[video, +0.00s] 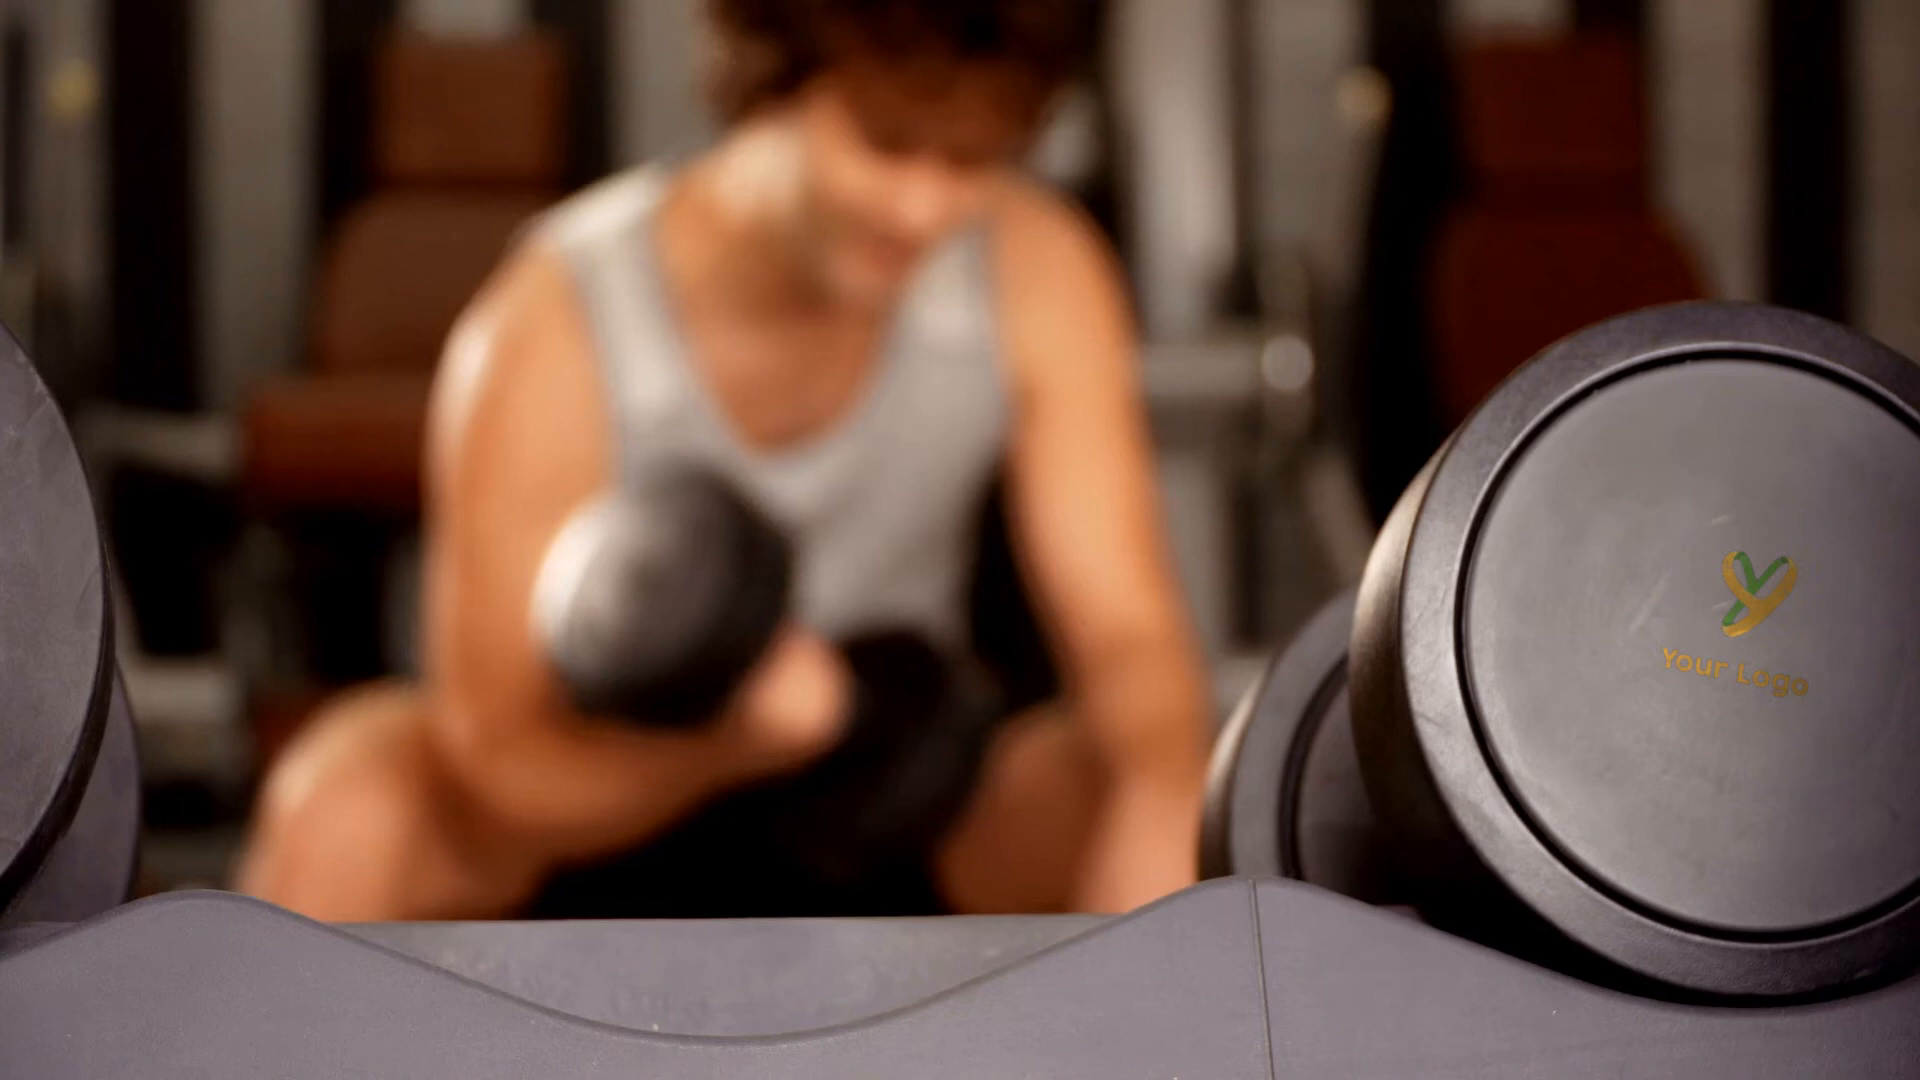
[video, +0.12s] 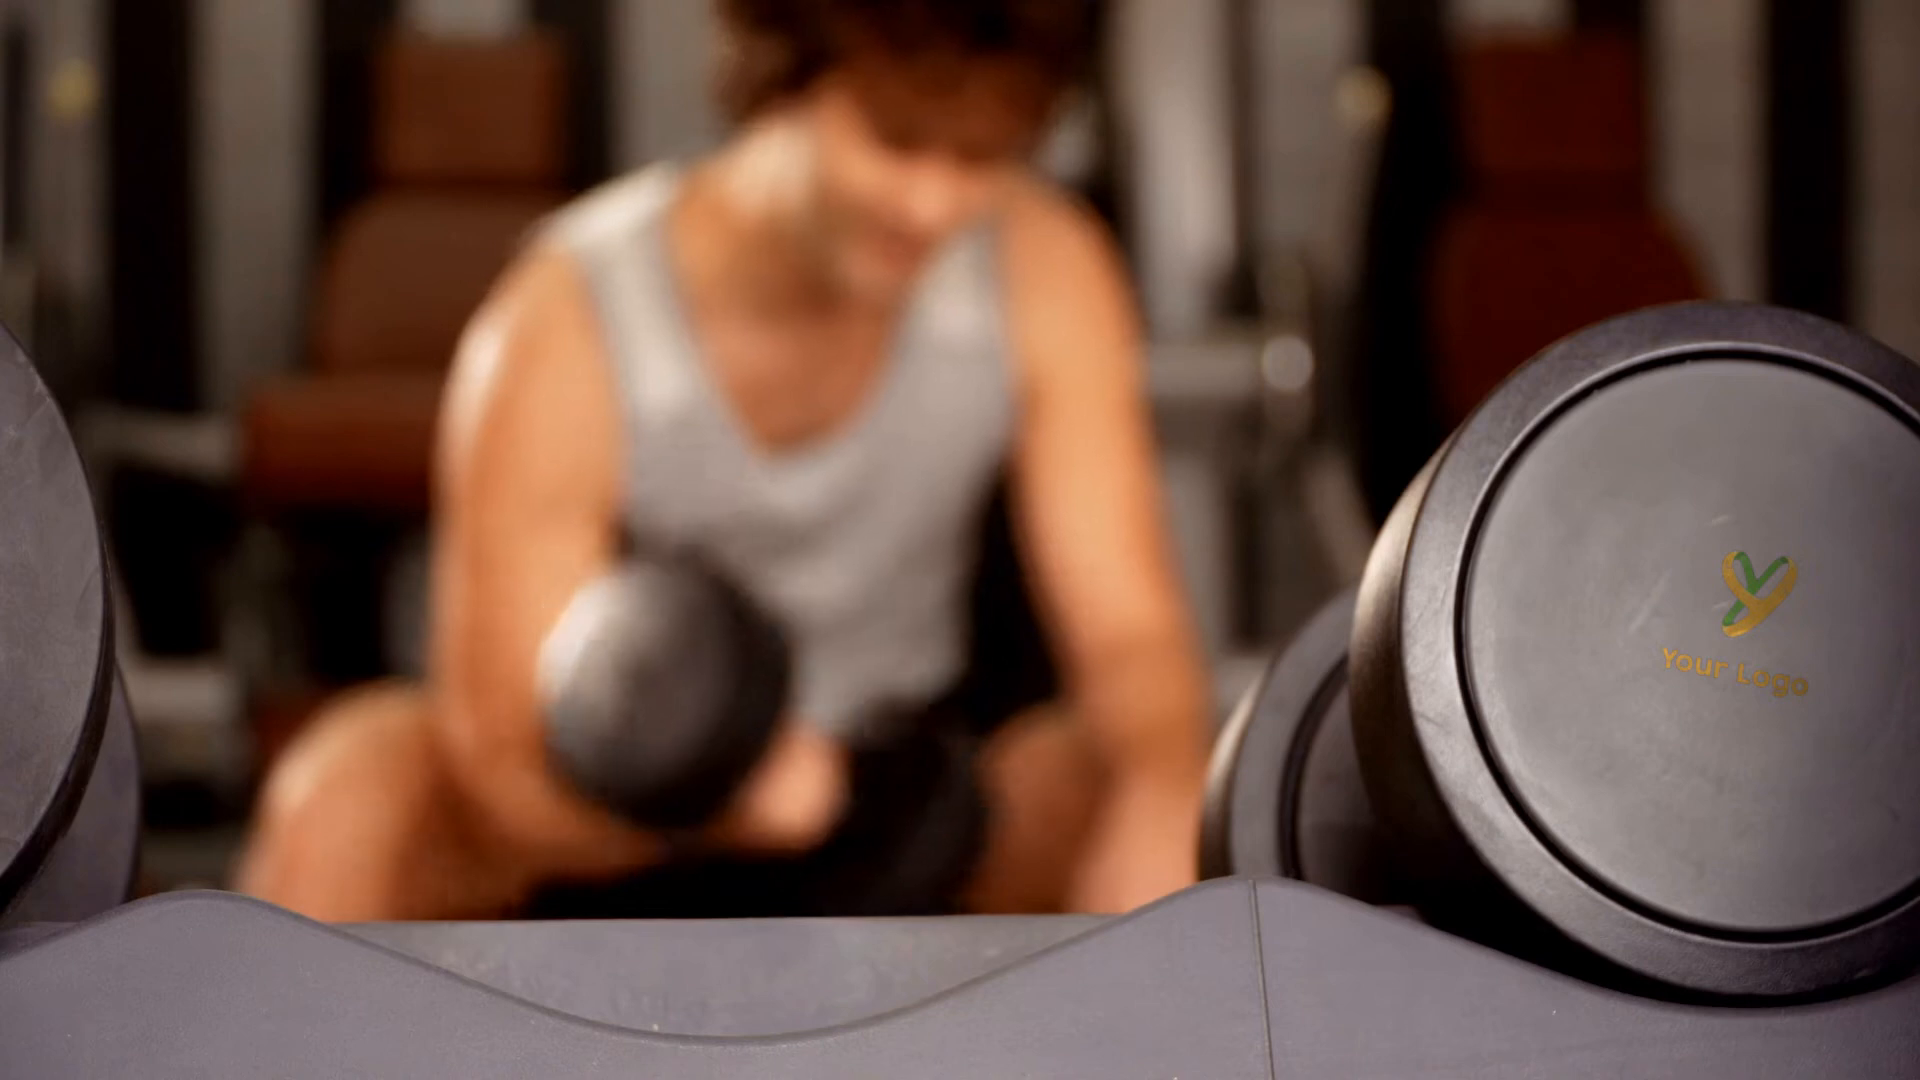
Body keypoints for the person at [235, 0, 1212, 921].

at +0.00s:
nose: (923, 208)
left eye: (975, 162)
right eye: (887, 143)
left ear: (1021, 147)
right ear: (777, 80)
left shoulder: (1031, 262)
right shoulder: (549, 324)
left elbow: (1129, 641)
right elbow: (511, 774)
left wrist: (1157, 825)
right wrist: (741, 740)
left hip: (883, 796)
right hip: (594, 809)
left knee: (1167, 801)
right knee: (345, 801)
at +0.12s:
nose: (934, 205)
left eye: (986, 157)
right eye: (898, 141)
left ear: (1033, 140)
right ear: (785, 80)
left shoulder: (1039, 262)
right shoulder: (564, 317)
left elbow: (1133, 648)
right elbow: (509, 769)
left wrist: (1158, 824)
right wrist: (738, 801)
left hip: (900, 814)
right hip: (617, 819)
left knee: (1167, 792)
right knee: (348, 780)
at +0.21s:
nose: (943, 205)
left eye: (993, 159)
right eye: (907, 142)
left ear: (1038, 143)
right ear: (793, 81)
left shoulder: (1046, 262)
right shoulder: (580, 312)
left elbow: (1131, 643)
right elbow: (512, 747)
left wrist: (1154, 825)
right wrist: (743, 875)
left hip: (915, 769)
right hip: (640, 768)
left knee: (1173, 802)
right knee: (346, 789)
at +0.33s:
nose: (958, 214)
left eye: (1006, 166)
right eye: (924, 151)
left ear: (1048, 148)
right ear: (808, 89)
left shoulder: (1057, 268)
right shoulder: (599, 312)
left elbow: (1134, 654)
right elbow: (510, 779)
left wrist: (1155, 826)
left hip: (903, 779)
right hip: (624, 788)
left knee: (1156, 808)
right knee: (352, 790)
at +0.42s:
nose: (967, 220)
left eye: (1012, 172)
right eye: (931, 158)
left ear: (1053, 151)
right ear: (816, 98)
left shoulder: (1063, 271)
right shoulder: (612, 322)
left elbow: (1134, 651)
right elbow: (513, 797)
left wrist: (1152, 819)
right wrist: (623, 1049)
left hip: (904, 780)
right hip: (627, 793)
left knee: (1156, 818)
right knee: (358, 792)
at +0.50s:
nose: (976, 232)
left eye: (1014, 181)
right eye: (937, 170)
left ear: (1053, 159)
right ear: (826, 113)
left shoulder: (1064, 271)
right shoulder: (621, 336)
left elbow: (1135, 652)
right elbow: (520, 815)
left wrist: (1153, 815)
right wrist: (594, 1064)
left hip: (901, 782)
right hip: (625, 793)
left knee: (1157, 824)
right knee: (363, 798)